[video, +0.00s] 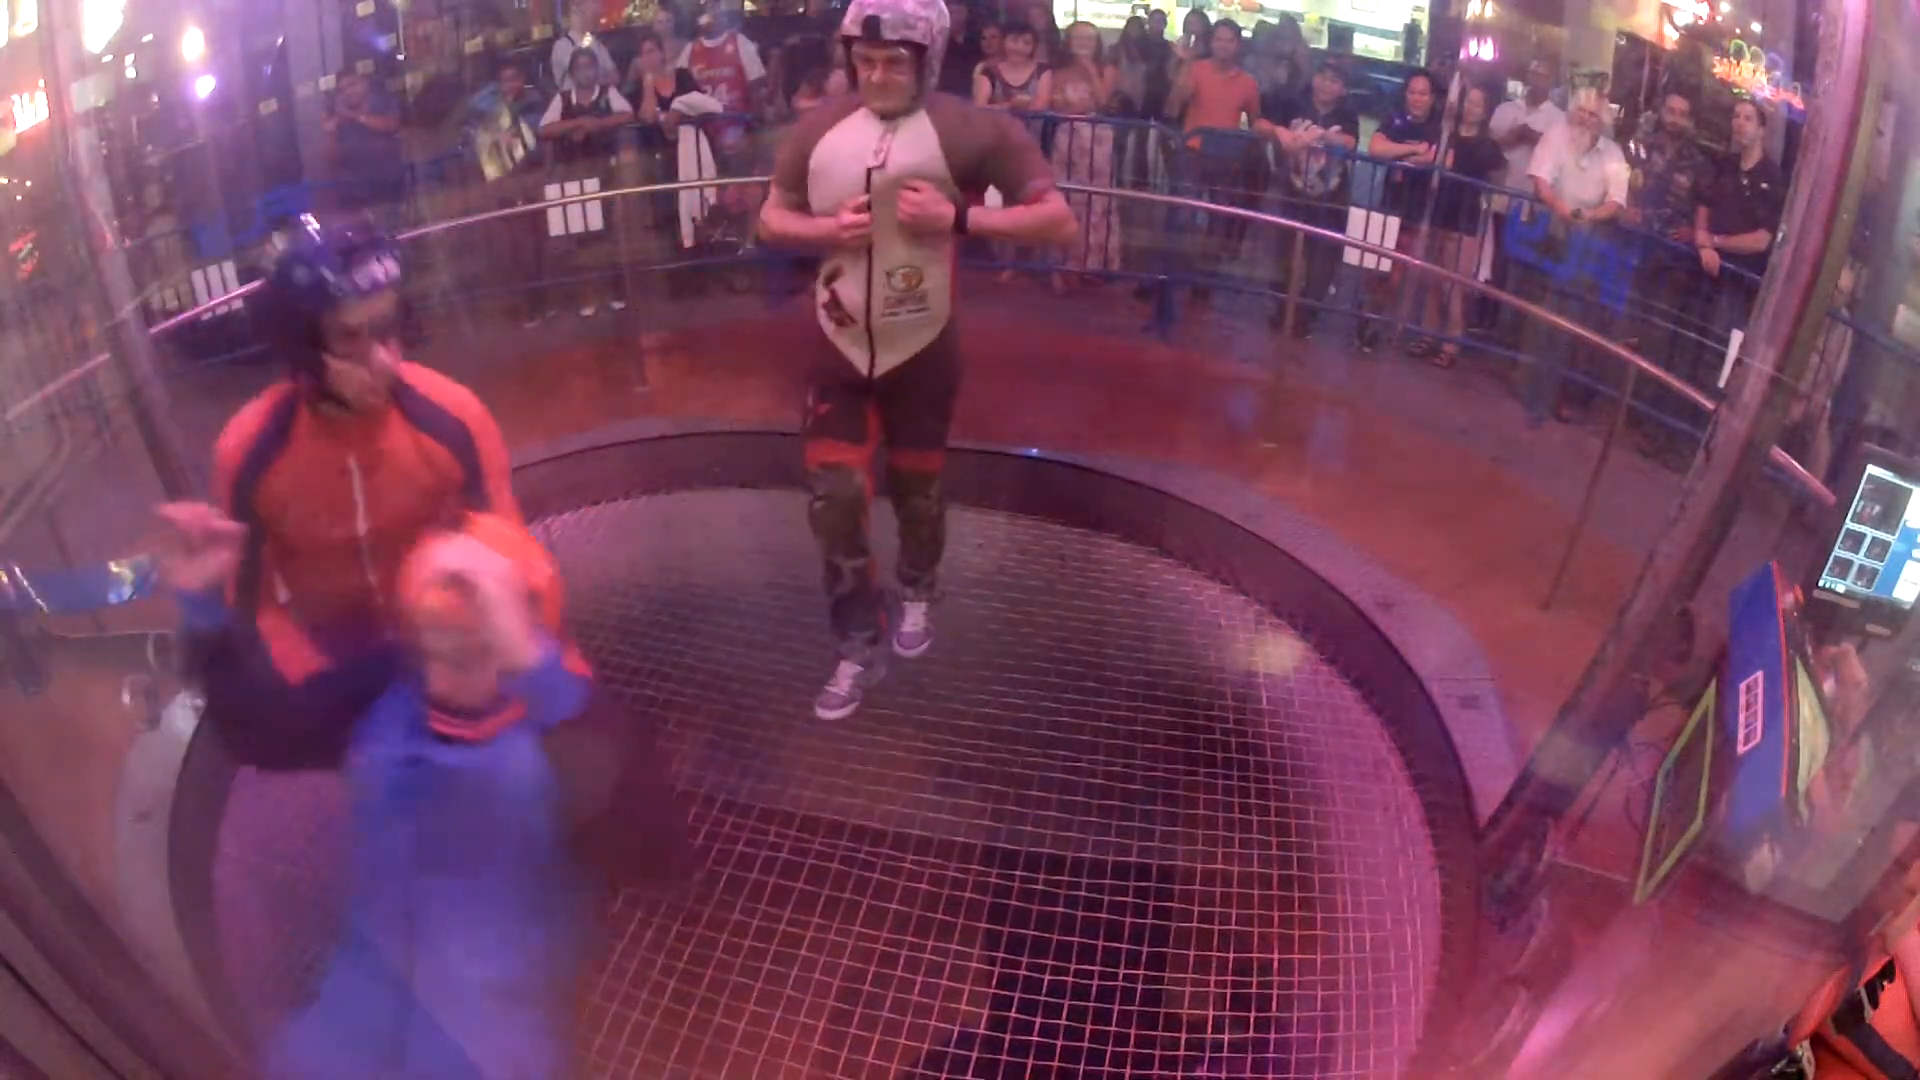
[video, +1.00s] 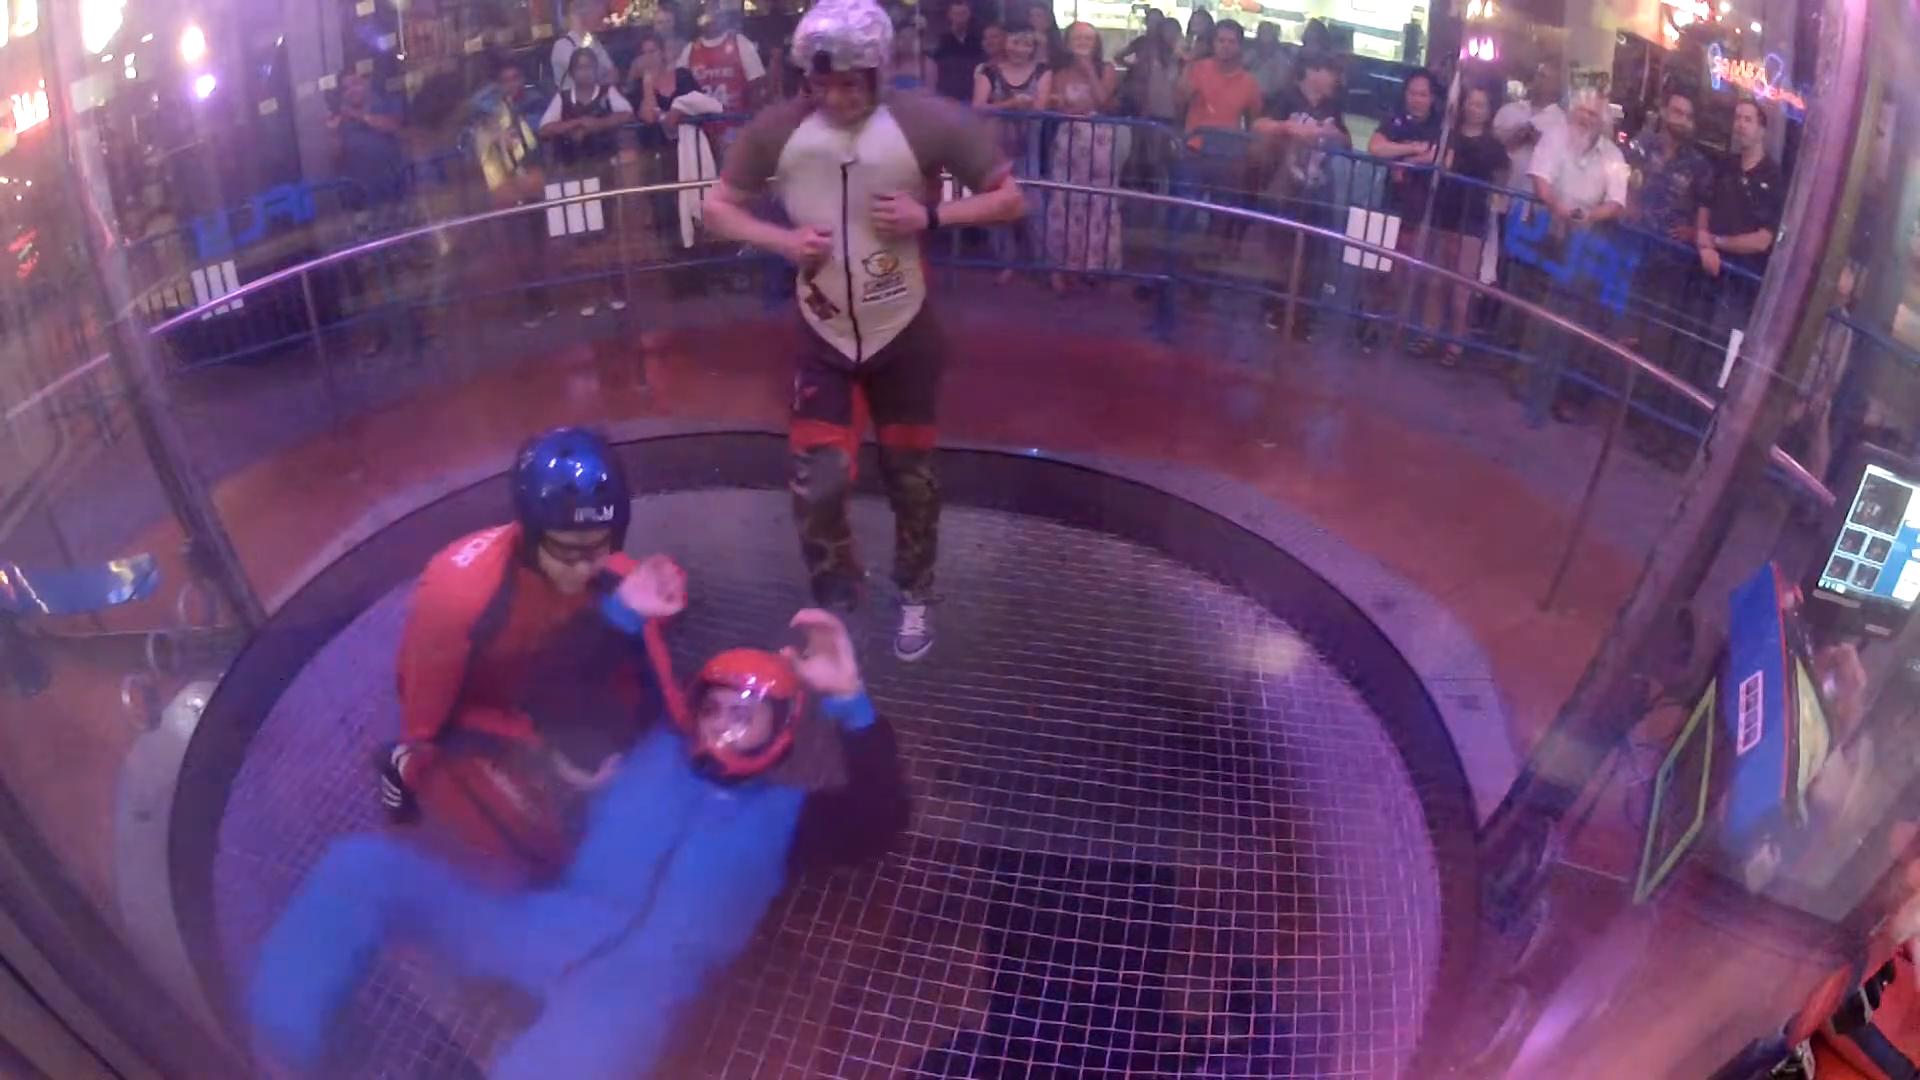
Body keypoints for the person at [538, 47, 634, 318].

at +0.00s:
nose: (585, 72)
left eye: (589, 66)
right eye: (579, 67)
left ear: (597, 69)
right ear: (571, 71)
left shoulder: (608, 92)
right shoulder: (563, 98)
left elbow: (626, 115)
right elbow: (545, 129)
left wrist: (592, 124)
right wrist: (578, 123)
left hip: (606, 170)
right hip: (572, 174)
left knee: (608, 234)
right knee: (581, 238)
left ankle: (615, 291)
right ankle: (587, 297)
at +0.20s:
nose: (584, 72)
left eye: (589, 66)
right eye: (579, 67)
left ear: (597, 69)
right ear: (571, 72)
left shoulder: (608, 92)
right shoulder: (562, 97)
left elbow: (626, 115)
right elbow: (544, 129)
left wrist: (592, 124)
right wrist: (575, 125)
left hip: (605, 170)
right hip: (571, 174)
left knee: (607, 233)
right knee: (579, 238)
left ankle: (615, 291)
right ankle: (587, 297)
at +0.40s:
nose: (584, 72)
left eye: (589, 66)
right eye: (579, 67)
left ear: (597, 69)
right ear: (571, 72)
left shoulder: (608, 92)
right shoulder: (562, 98)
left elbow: (626, 115)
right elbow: (544, 129)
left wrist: (592, 125)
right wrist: (575, 125)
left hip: (604, 170)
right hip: (571, 174)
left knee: (607, 234)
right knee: (579, 238)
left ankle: (614, 292)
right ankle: (587, 296)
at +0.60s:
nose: (584, 72)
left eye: (589, 67)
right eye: (579, 67)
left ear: (597, 70)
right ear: (571, 72)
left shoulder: (608, 92)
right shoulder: (563, 97)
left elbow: (626, 115)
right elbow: (544, 129)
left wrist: (593, 124)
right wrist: (575, 124)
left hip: (605, 170)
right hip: (573, 174)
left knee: (608, 234)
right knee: (582, 238)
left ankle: (615, 292)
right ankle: (590, 296)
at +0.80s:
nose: (585, 72)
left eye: (589, 67)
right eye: (579, 67)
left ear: (597, 70)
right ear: (571, 72)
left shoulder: (608, 92)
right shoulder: (563, 97)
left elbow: (626, 115)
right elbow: (544, 129)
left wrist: (594, 124)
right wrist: (575, 124)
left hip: (606, 170)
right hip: (573, 174)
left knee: (609, 234)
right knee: (582, 238)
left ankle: (615, 293)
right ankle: (590, 296)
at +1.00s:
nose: (584, 72)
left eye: (589, 67)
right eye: (579, 68)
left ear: (597, 70)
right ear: (571, 72)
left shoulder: (608, 92)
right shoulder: (562, 98)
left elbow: (626, 114)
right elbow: (544, 129)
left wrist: (594, 124)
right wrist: (574, 125)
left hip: (606, 170)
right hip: (573, 174)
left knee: (610, 234)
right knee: (583, 239)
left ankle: (616, 293)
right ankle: (590, 296)